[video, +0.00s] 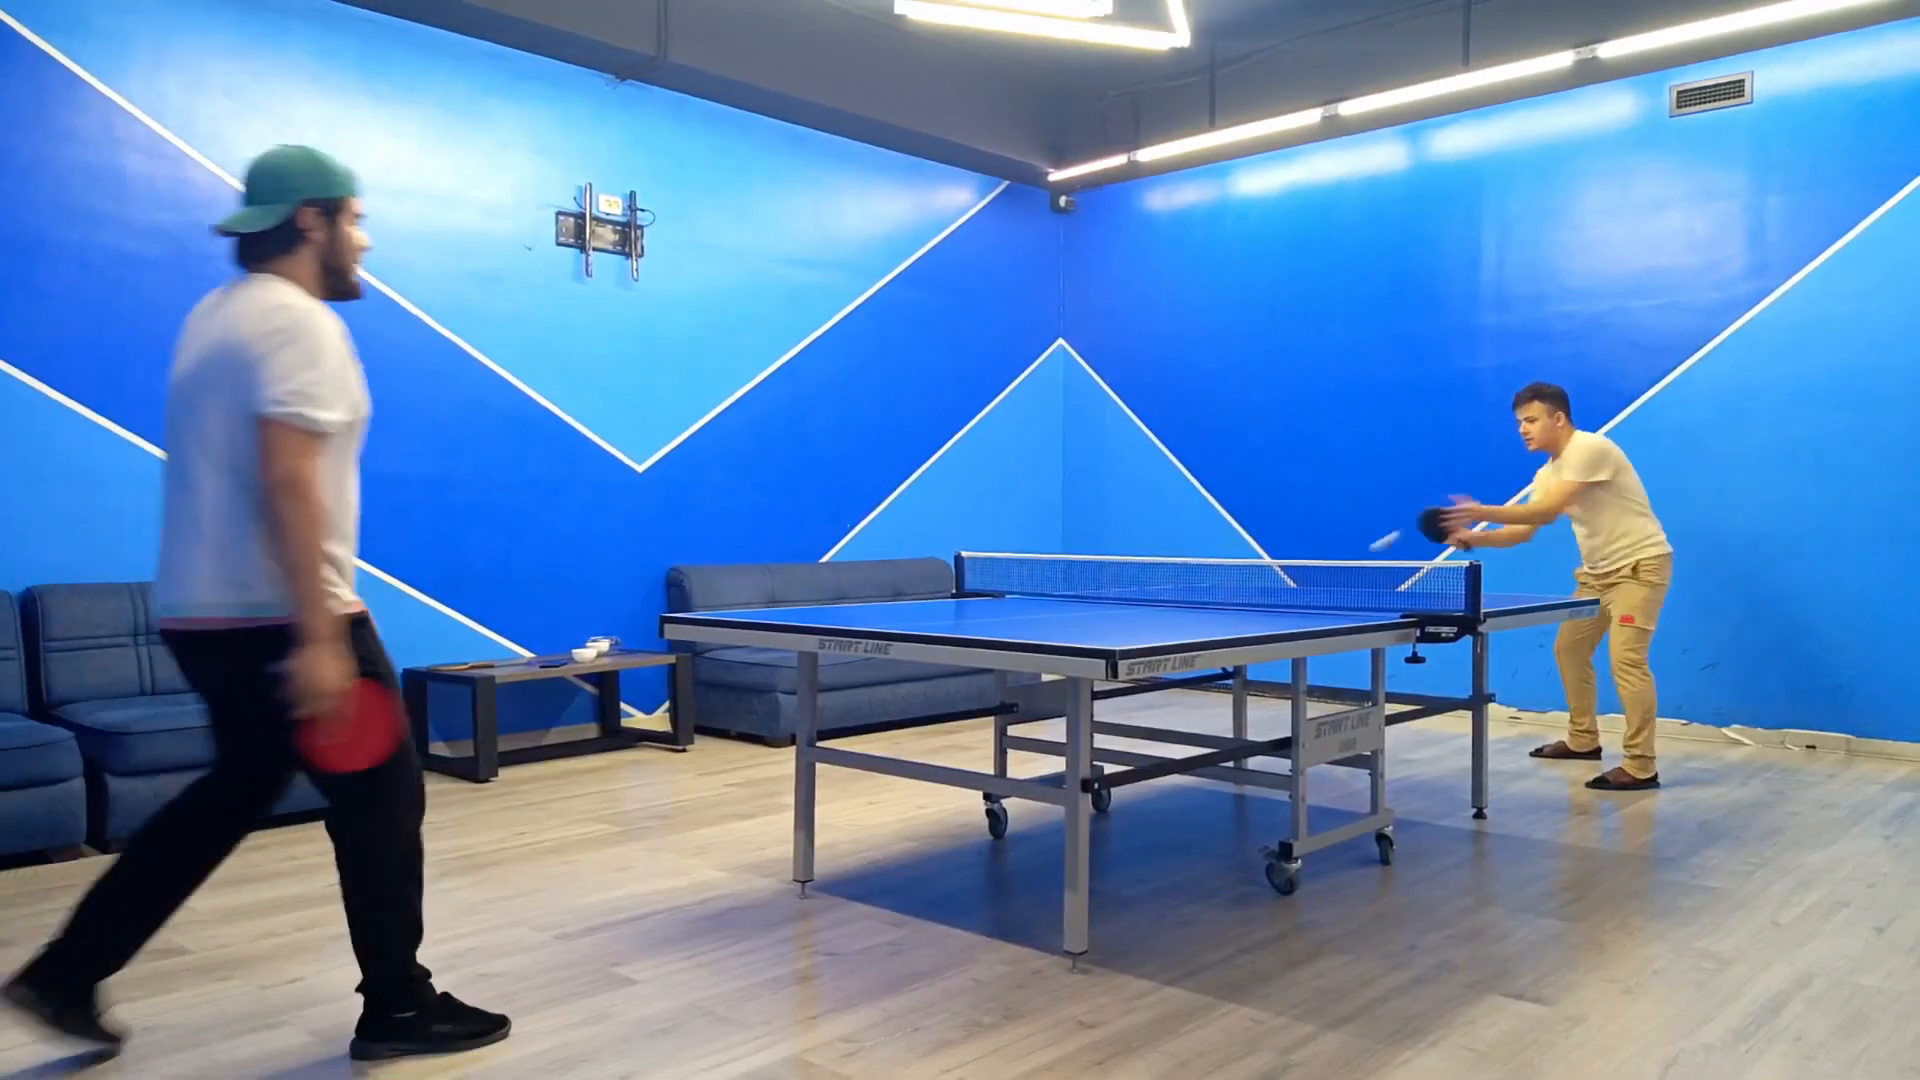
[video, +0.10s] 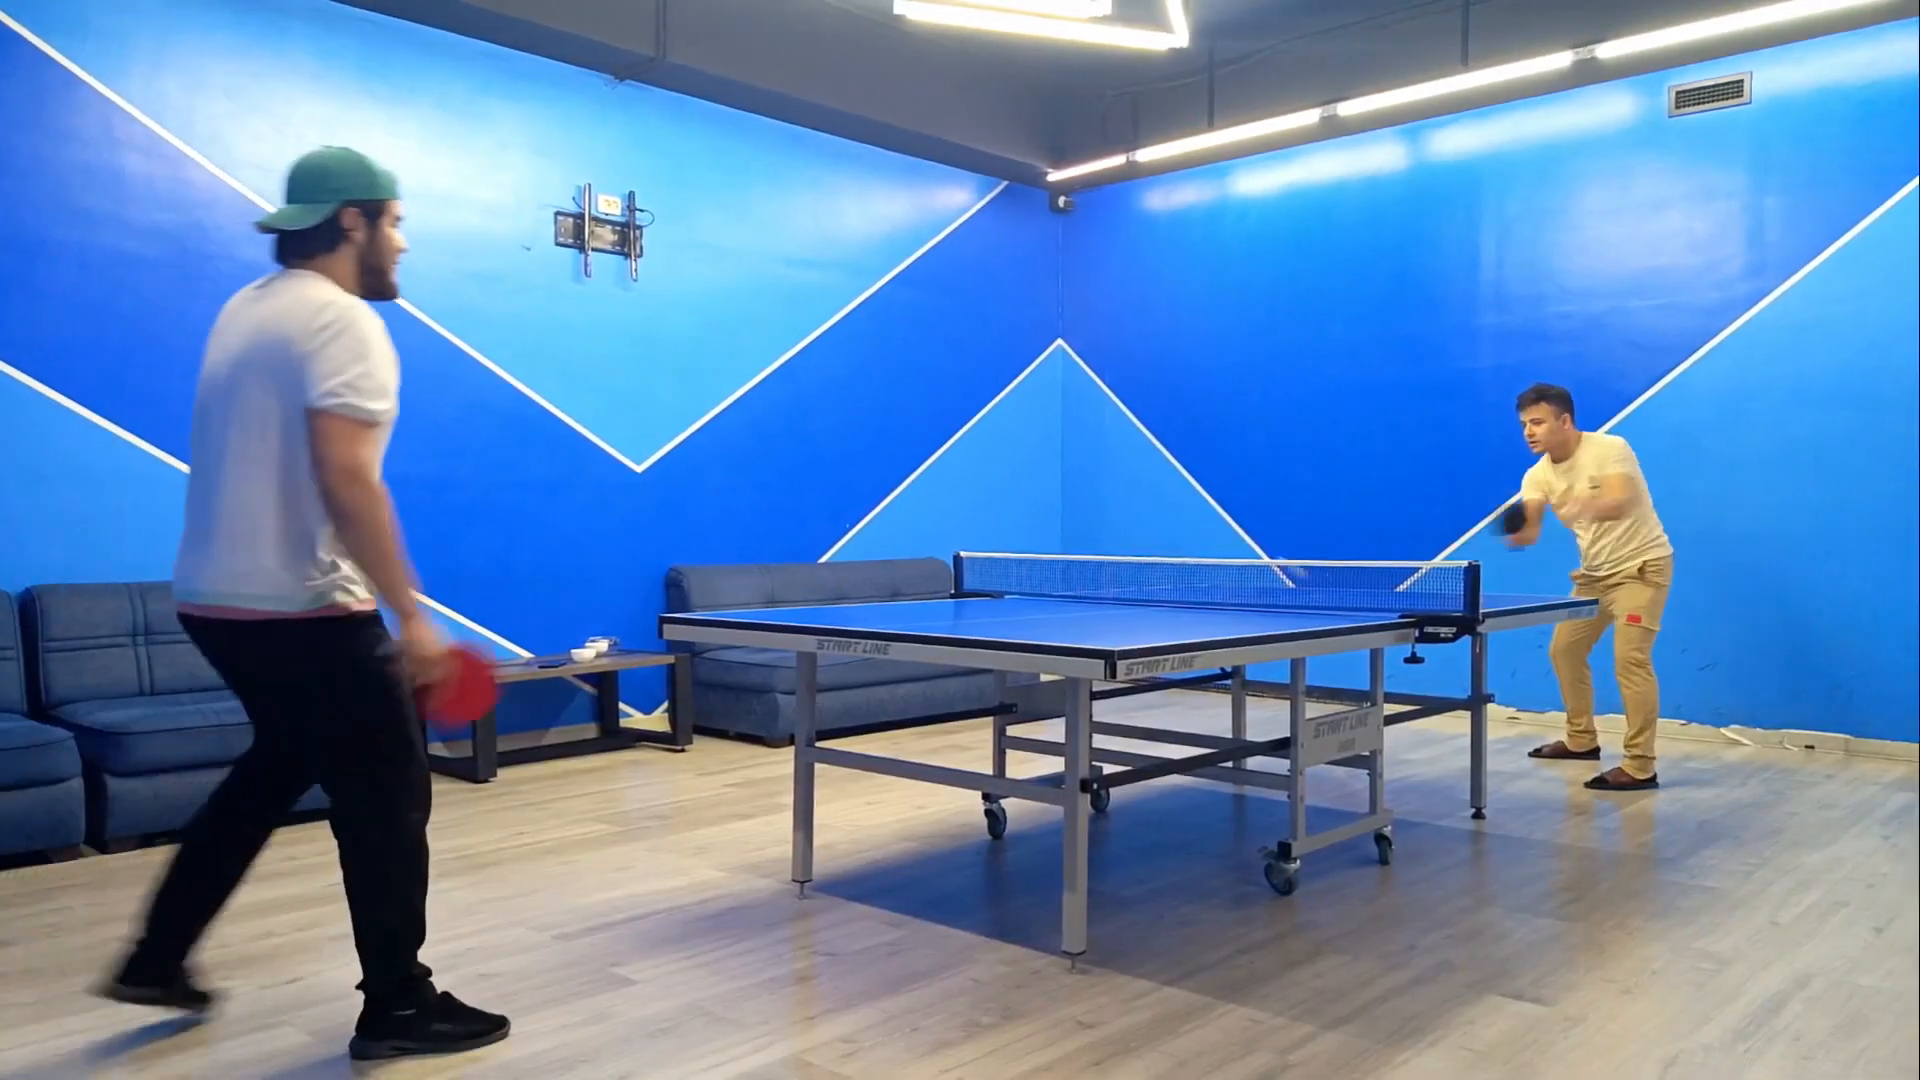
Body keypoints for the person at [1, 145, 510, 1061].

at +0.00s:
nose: (364, 238)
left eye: (360, 220)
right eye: (353, 221)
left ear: (286, 227)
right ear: (311, 225)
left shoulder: (215, 315)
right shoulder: (301, 325)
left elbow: (212, 480)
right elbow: (290, 480)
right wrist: (319, 631)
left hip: (211, 620)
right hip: (294, 621)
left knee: (247, 779)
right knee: (382, 785)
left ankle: (66, 970)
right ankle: (398, 1000)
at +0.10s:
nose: (403, 242)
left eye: (400, 224)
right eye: (394, 224)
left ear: (324, 227)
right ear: (353, 225)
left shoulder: (246, 309)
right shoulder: (346, 324)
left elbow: (243, 465)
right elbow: (349, 477)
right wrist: (413, 616)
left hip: (220, 604)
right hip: (305, 612)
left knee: (285, 757)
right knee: (389, 784)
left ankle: (157, 957)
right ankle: (397, 1000)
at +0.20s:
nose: (420, 250)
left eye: (419, 232)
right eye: (414, 232)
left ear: (329, 235)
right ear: (371, 231)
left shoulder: (259, 310)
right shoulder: (357, 326)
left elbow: (244, 457)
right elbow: (364, 474)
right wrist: (455, 598)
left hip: (225, 600)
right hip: (315, 608)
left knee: (286, 758)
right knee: (389, 786)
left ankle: (214, 956)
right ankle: (397, 997)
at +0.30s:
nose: (434, 268)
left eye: (434, 251)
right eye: (429, 251)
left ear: (343, 250)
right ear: (386, 247)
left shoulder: (276, 322)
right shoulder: (361, 335)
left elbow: (258, 468)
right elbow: (365, 479)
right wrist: (475, 576)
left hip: (229, 602)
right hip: (316, 610)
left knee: (281, 771)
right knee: (394, 792)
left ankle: (269, 943)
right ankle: (396, 996)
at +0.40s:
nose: (437, 293)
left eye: (437, 275)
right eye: (431, 274)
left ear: (364, 272)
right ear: (385, 270)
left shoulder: (286, 340)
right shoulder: (348, 354)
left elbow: (290, 500)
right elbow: (336, 505)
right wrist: (456, 590)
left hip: (228, 608)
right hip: (296, 612)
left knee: (298, 764)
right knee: (396, 773)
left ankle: (257, 943)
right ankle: (396, 995)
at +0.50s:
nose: (429, 325)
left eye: (430, 308)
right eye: (423, 307)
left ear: (364, 302)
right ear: (378, 301)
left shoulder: (293, 364)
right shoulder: (320, 384)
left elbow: (277, 521)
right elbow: (281, 535)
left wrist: (345, 603)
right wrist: (398, 631)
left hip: (223, 614)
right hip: (255, 621)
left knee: (316, 770)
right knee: (373, 777)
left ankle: (258, 942)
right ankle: (394, 999)